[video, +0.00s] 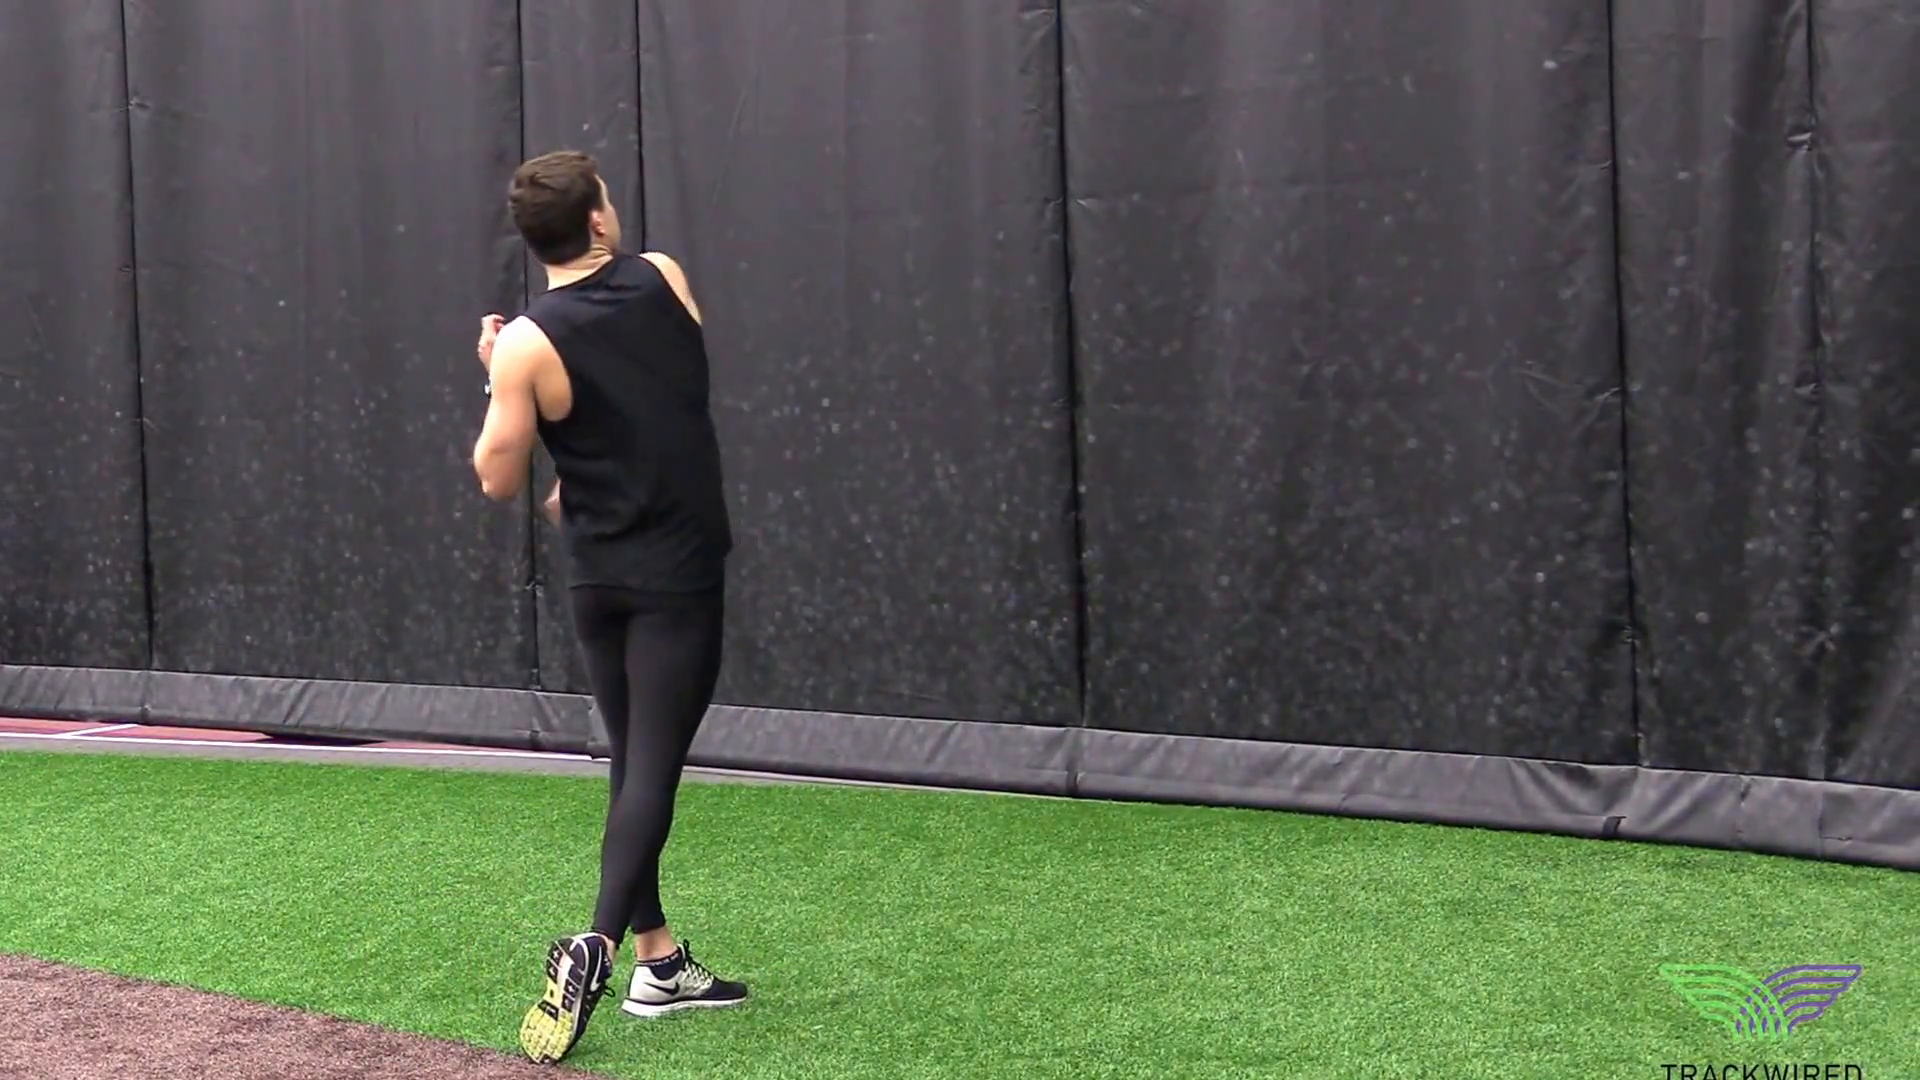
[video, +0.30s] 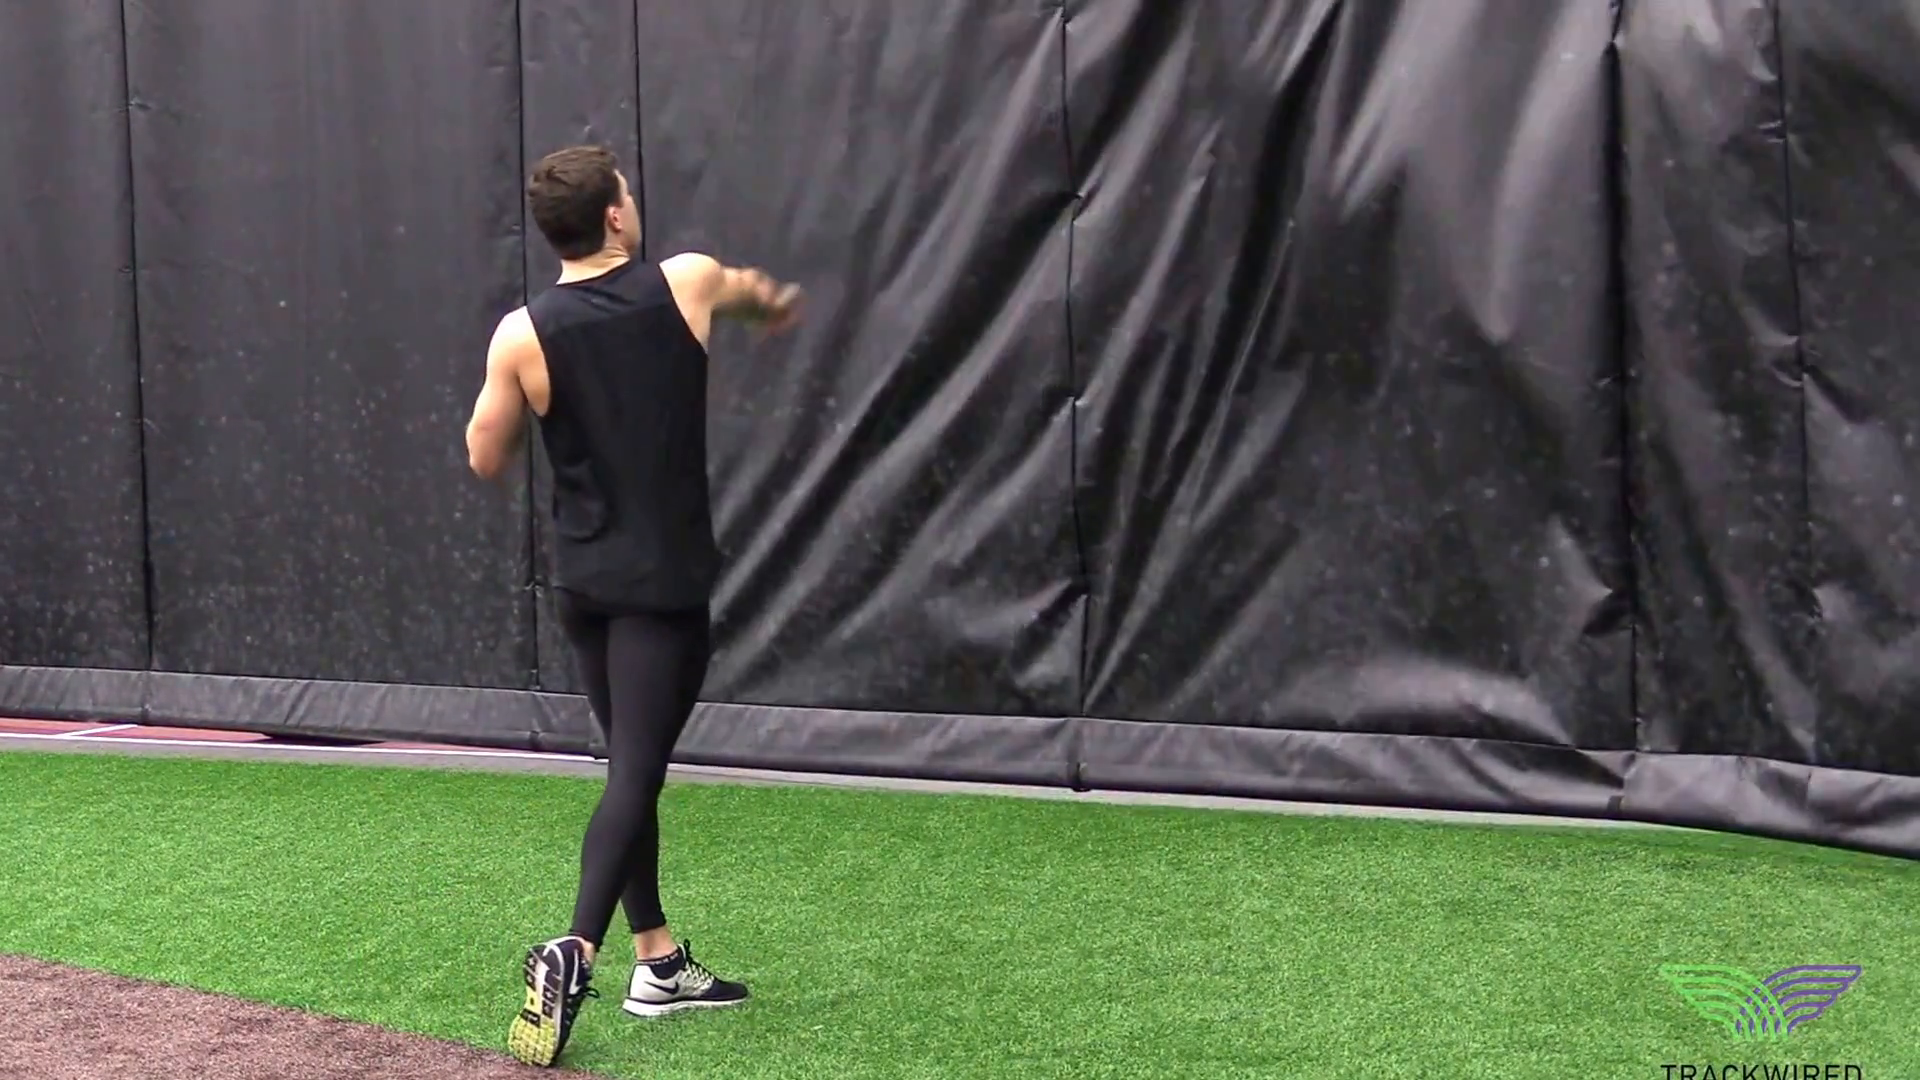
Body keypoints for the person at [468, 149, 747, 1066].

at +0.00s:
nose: (614, 202)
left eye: (602, 195)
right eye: (608, 196)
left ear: (530, 241)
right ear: (598, 221)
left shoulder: (527, 343)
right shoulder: (661, 276)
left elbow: (497, 479)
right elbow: (677, 372)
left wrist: (498, 371)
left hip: (595, 571)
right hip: (682, 565)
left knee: (630, 766)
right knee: (652, 769)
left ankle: (659, 962)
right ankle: (596, 947)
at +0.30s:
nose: (633, 201)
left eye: (623, 191)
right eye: (627, 193)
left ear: (550, 233)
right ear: (616, 218)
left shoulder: (520, 334)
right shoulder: (688, 281)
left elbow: (486, 460)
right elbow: (763, 301)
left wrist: (518, 389)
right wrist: (771, 301)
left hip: (583, 576)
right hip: (669, 574)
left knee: (632, 768)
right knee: (633, 772)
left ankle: (659, 961)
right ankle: (576, 951)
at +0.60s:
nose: (648, 202)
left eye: (638, 190)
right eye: (641, 192)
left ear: (563, 226)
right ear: (623, 215)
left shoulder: (521, 325)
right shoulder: (685, 283)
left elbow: (488, 436)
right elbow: (807, 251)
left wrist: (538, 378)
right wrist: (891, 218)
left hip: (572, 574)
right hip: (654, 571)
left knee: (625, 762)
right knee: (621, 765)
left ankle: (658, 959)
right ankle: (560, 951)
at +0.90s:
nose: (648, 206)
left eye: (640, 192)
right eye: (640, 196)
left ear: (562, 226)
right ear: (622, 218)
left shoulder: (521, 323)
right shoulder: (674, 294)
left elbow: (505, 437)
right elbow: (813, 271)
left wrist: (547, 370)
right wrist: (925, 243)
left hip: (571, 574)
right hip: (650, 572)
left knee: (622, 765)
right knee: (623, 768)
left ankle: (653, 963)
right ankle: (554, 950)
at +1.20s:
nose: (653, 226)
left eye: (648, 211)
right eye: (647, 213)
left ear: (567, 223)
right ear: (623, 220)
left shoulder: (515, 327)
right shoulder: (664, 296)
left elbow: (513, 441)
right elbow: (811, 274)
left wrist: (561, 370)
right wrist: (926, 248)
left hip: (575, 579)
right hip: (651, 576)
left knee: (622, 769)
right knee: (629, 774)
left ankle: (654, 963)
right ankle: (564, 953)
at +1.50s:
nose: (655, 235)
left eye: (653, 220)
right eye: (652, 221)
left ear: (574, 224)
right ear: (624, 222)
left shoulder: (516, 325)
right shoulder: (662, 296)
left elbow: (514, 443)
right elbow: (803, 266)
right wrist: (918, 231)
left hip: (572, 580)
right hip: (651, 576)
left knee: (621, 773)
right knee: (630, 777)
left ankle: (653, 963)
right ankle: (567, 953)